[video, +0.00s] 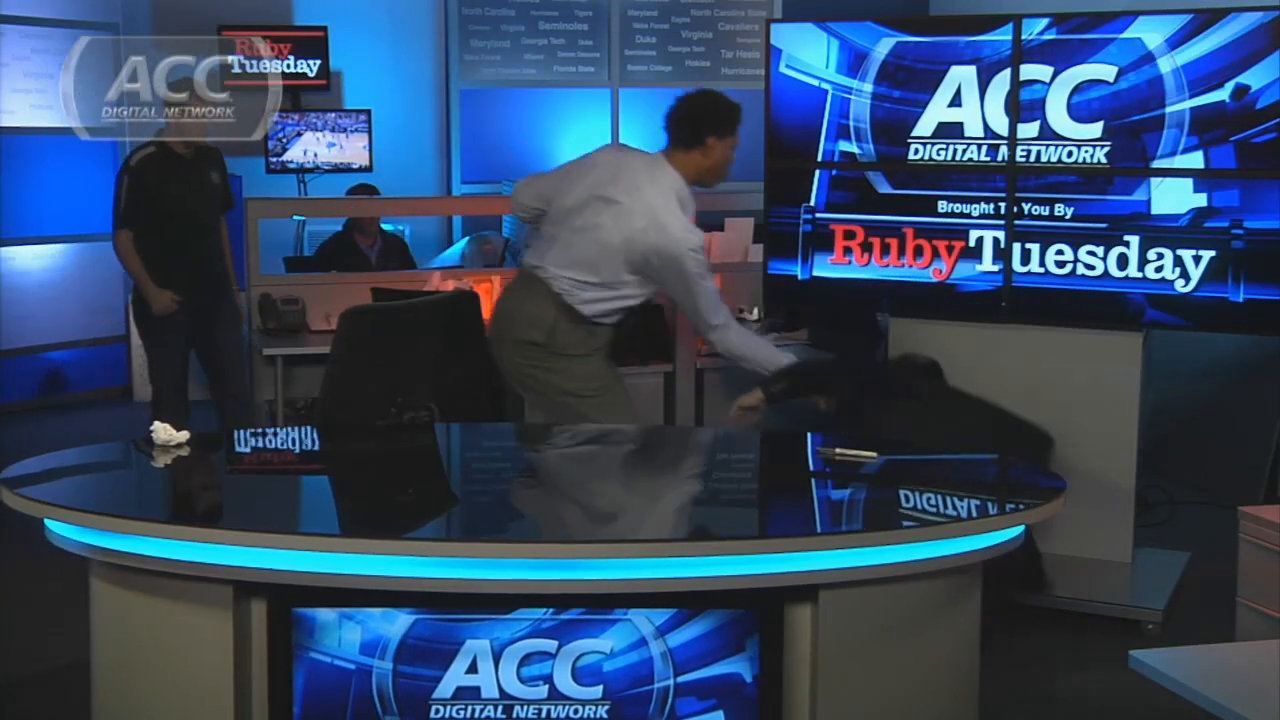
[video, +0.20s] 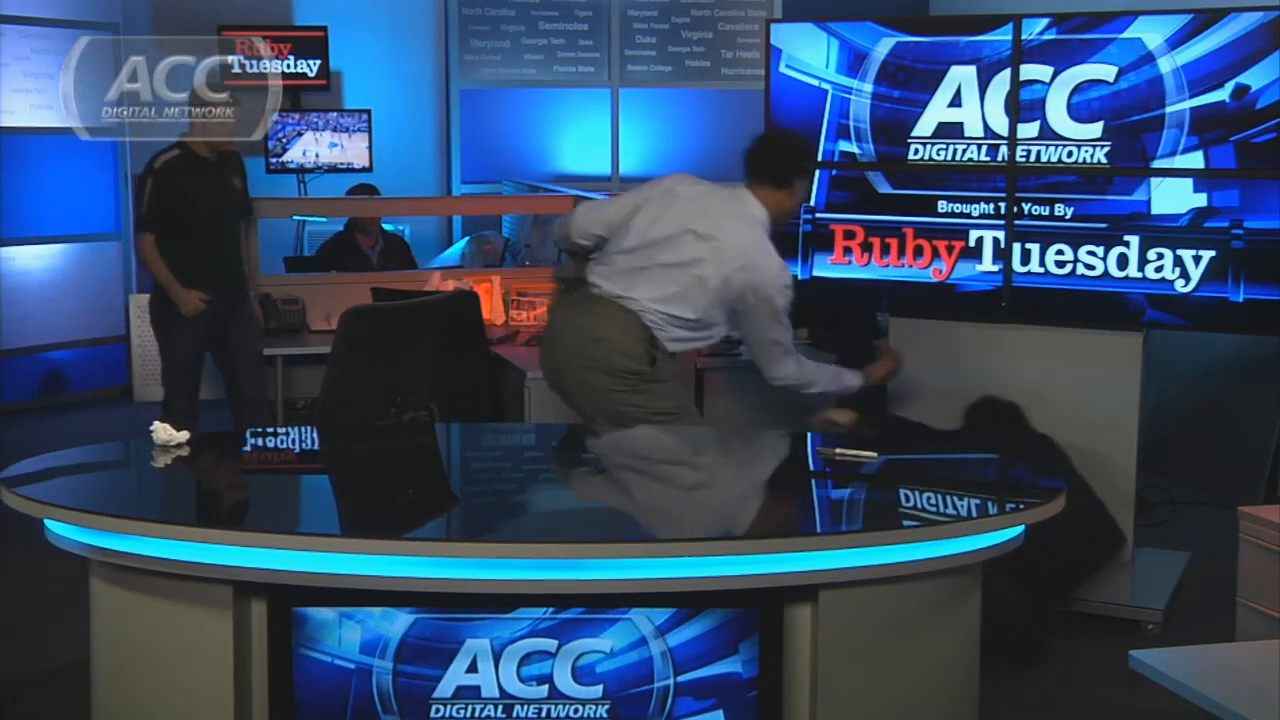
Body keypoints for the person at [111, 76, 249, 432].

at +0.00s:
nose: (202, 121)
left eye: (204, 112)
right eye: (194, 112)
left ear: (208, 115)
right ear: (174, 115)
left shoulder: (212, 159)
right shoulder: (140, 164)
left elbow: (219, 226)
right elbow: (123, 239)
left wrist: (232, 286)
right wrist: (151, 291)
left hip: (213, 294)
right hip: (163, 299)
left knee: (232, 390)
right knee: (170, 397)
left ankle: (242, 470)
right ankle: (173, 480)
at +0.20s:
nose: (232, 128)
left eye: (233, 119)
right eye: (224, 119)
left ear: (231, 121)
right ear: (199, 119)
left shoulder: (232, 164)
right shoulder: (161, 168)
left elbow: (244, 231)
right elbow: (145, 242)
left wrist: (251, 292)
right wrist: (178, 293)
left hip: (232, 300)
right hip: (181, 304)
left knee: (251, 394)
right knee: (181, 402)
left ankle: (259, 474)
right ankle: (181, 481)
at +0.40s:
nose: (273, 129)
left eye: (274, 121)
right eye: (266, 120)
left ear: (261, 124)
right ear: (244, 119)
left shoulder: (263, 167)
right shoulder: (200, 166)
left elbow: (262, 231)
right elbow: (177, 239)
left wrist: (269, 290)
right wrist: (212, 293)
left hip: (261, 300)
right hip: (213, 304)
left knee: (272, 396)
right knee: (205, 401)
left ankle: (268, 471)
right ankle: (192, 475)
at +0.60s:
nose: (304, 131)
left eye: (307, 123)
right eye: (297, 122)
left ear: (301, 122)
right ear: (272, 119)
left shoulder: (293, 167)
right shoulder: (231, 164)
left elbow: (292, 242)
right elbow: (203, 239)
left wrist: (303, 301)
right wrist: (229, 298)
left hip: (288, 301)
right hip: (245, 303)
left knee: (292, 394)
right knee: (259, 397)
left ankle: (284, 474)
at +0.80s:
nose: (333, 135)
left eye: (335, 127)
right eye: (327, 126)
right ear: (299, 123)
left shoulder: (319, 169)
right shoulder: (256, 166)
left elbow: (321, 239)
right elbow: (225, 238)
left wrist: (332, 291)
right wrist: (233, 308)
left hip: (309, 299)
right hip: (268, 300)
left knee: (303, 394)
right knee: (295, 394)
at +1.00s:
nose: (361, 141)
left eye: (363, 133)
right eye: (354, 132)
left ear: (331, 131)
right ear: (326, 129)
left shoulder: (344, 177)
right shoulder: (284, 175)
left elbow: (346, 250)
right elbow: (252, 246)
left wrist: (367, 307)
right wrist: (251, 319)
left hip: (335, 309)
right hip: (294, 310)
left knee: (335, 403)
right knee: (308, 404)